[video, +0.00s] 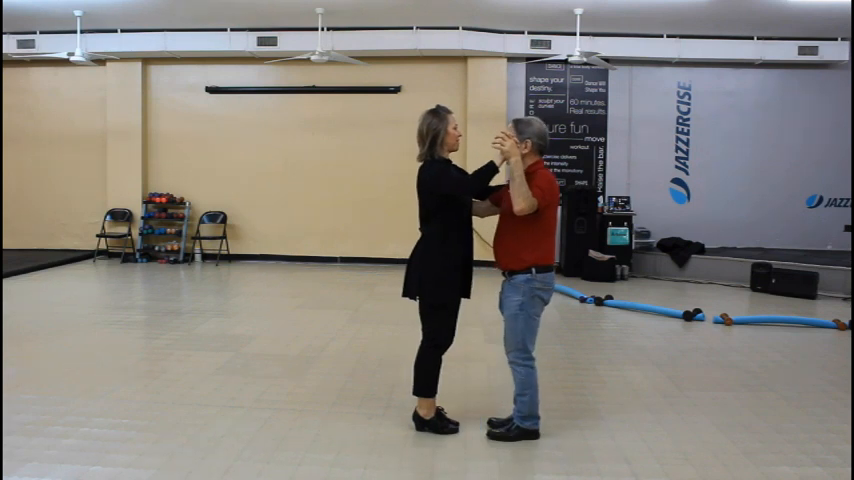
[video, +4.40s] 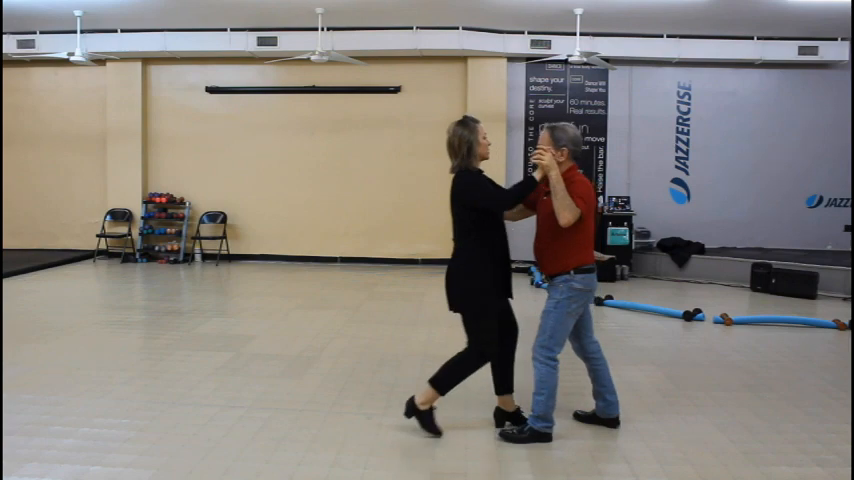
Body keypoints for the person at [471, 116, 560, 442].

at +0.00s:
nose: (504, 144)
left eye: (509, 138)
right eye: (505, 138)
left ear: (526, 145)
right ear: (525, 146)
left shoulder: (543, 178)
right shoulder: (520, 180)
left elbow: (522, 206)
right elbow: (482, 207)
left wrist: (514, 162)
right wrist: (448, 194)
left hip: (532, 277)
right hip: (517, 276)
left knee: (520, 354)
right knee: (516, 353)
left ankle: (527, 423)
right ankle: (521, 416)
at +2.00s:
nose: (501, 147)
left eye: (507, 141)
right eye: (502, 141)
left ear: (525, 146)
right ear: (525, 146)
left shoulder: (544, 179)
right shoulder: (519, 180)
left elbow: (521, 208)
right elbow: (481, 204)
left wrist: (514, 163)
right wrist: (448, 191)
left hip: (529, 278)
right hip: (514, 276)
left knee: (522, 353)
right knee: (516, 352)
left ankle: (527, 423)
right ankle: (522, 415)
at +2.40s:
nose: (487, 148)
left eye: (494, 143)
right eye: (489, 142)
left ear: (513, 149)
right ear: (509, 149)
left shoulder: (527, 181)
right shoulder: (505, 181)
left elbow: (506, 214)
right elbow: (465, 209)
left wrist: (491, 171)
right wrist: (431, 201)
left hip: (514, 278)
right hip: (504, 277)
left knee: (478, 347)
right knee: (510, 347)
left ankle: (484, 424)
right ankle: (525, 416)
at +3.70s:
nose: (510, 143)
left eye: (516, 139)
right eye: (511, 138)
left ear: (533, 146)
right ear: (530, 146)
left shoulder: (549, 180)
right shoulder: (527, 179)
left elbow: (524, 210)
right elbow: (488, 206)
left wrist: (514, 165)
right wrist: (452, 198)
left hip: (543, 278)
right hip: (531, 276)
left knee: (524, 353)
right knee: (531, 347)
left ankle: (527, 426)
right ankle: (557, 407)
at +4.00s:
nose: (533, 156)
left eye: (538, 152)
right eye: (534, 151)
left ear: (558, 156)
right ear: (556, 156)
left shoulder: (577, 186)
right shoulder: (547, 185)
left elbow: (560, 223)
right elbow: (514, 212)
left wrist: (547, 177)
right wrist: (481, 201)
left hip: (569, 283)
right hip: (565, 281)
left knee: (534, 351)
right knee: (582, 346)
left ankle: (528, 425)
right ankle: (607, 411)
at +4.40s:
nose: (536, 153)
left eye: (542, 148)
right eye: (537, 147)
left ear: (562, 153)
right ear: (558, 152)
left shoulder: (579, 183)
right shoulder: (547, 184)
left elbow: (567, 218)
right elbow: (516, 212)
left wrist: (553, 174)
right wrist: (483, 204)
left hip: (573, 279)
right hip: (567, 277)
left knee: (545, 351)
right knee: (587, 346)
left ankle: (540, 425)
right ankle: (608, 411)